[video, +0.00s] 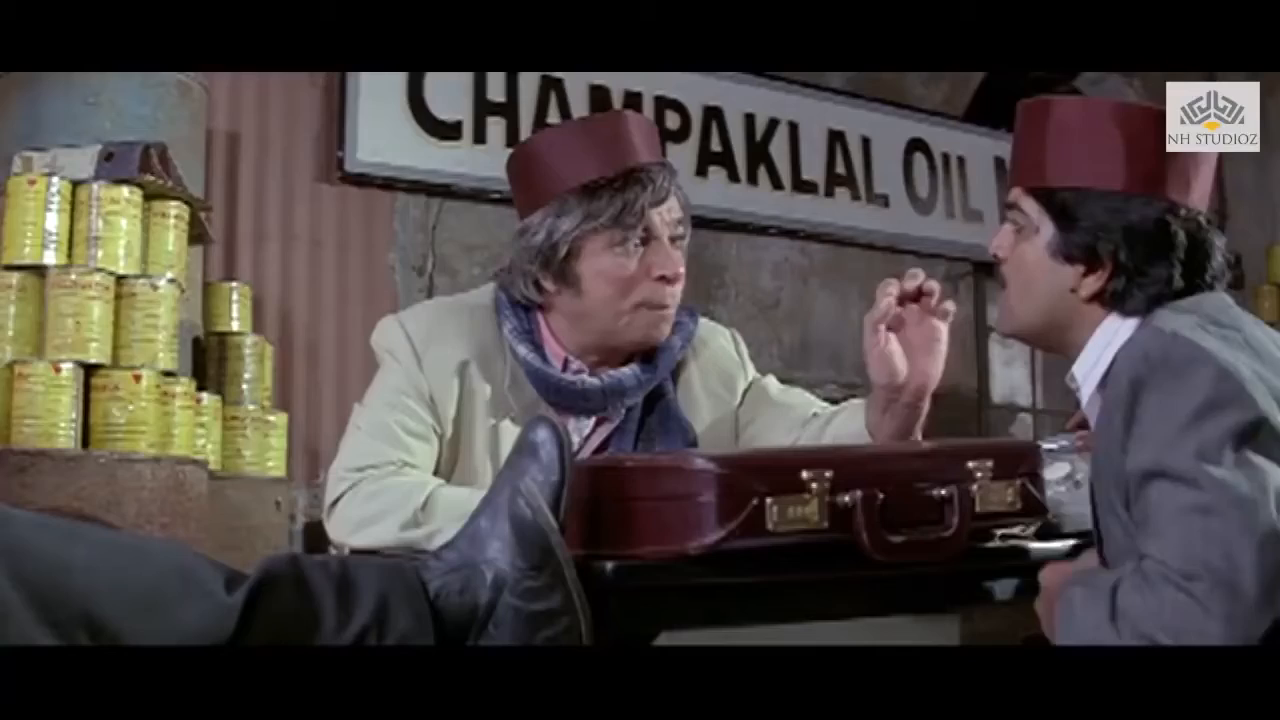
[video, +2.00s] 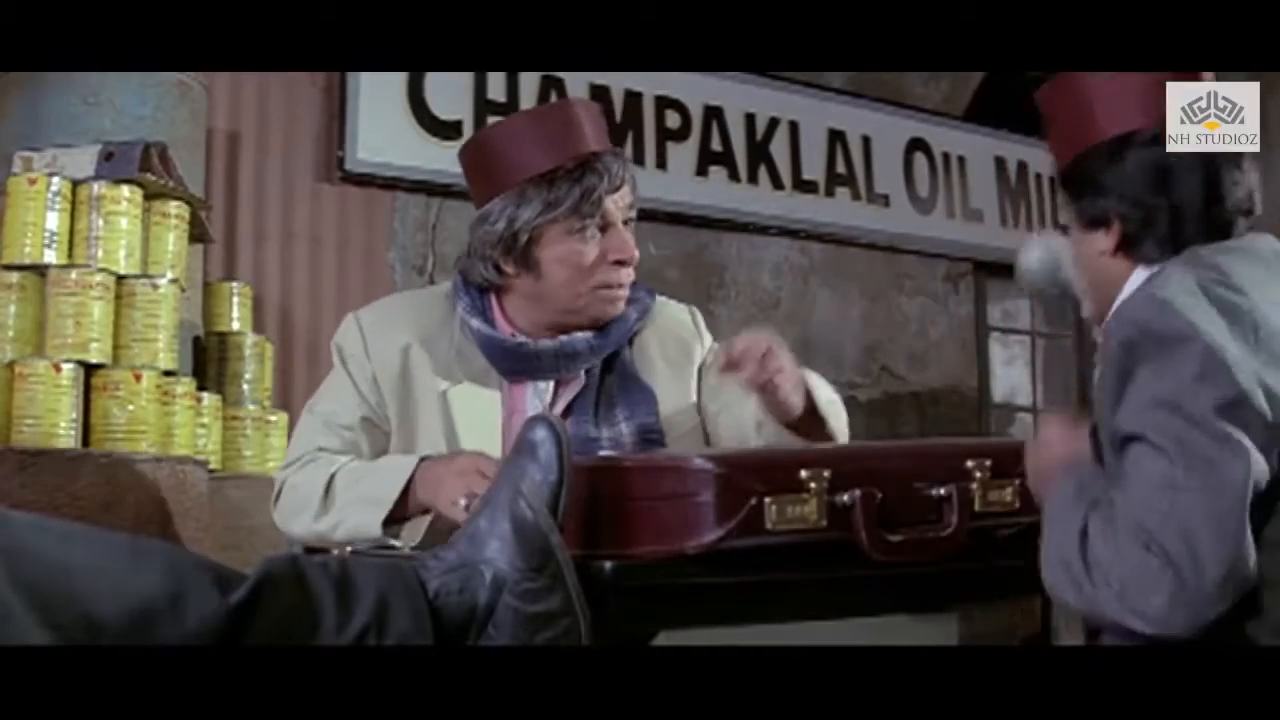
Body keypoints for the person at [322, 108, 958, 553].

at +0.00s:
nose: (670, 268)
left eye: (675, 240)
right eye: (633, 243)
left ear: (689, 246)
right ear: (547, 269)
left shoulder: (711, 361)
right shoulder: (431, 349)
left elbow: (821, 444)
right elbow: (363, 504)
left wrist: (897, 409)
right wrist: (565, 537)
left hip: (663, 630)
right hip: (475, 636)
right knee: (291, 595)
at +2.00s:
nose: (626, 252)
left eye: (628, 223)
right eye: (591, 229)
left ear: (634, 223)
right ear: (509, 248)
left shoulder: (675, 337)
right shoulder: (384, 342)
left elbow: (785, 474)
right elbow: (300, 490)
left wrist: (797, 412)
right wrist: (414, 481)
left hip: (637, 623)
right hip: (445, 631)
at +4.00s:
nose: (570, 310)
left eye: (590, 282)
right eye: (543, 283)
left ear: (608, 270)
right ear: (484, 267)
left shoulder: (655, 365)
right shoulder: (379, 349)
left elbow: (688, 496)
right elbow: (300, 491)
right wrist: (427, 504)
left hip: (599, 624)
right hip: (429, 628)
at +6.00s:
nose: (567, 262)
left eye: (580, 236)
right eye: (533, 242)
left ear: (597, 243)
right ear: (475, 252)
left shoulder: (646, 360)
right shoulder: (393, 326)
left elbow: (681, 483)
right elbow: (354, 427)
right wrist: (489, 354)